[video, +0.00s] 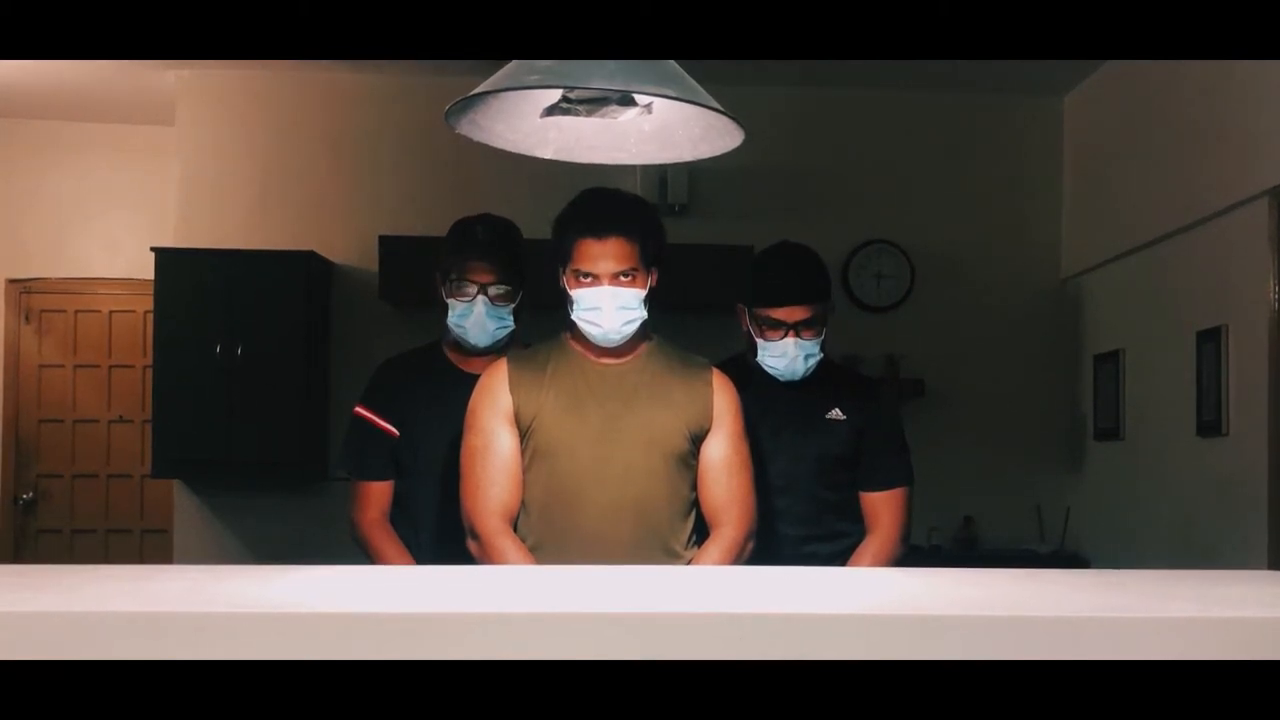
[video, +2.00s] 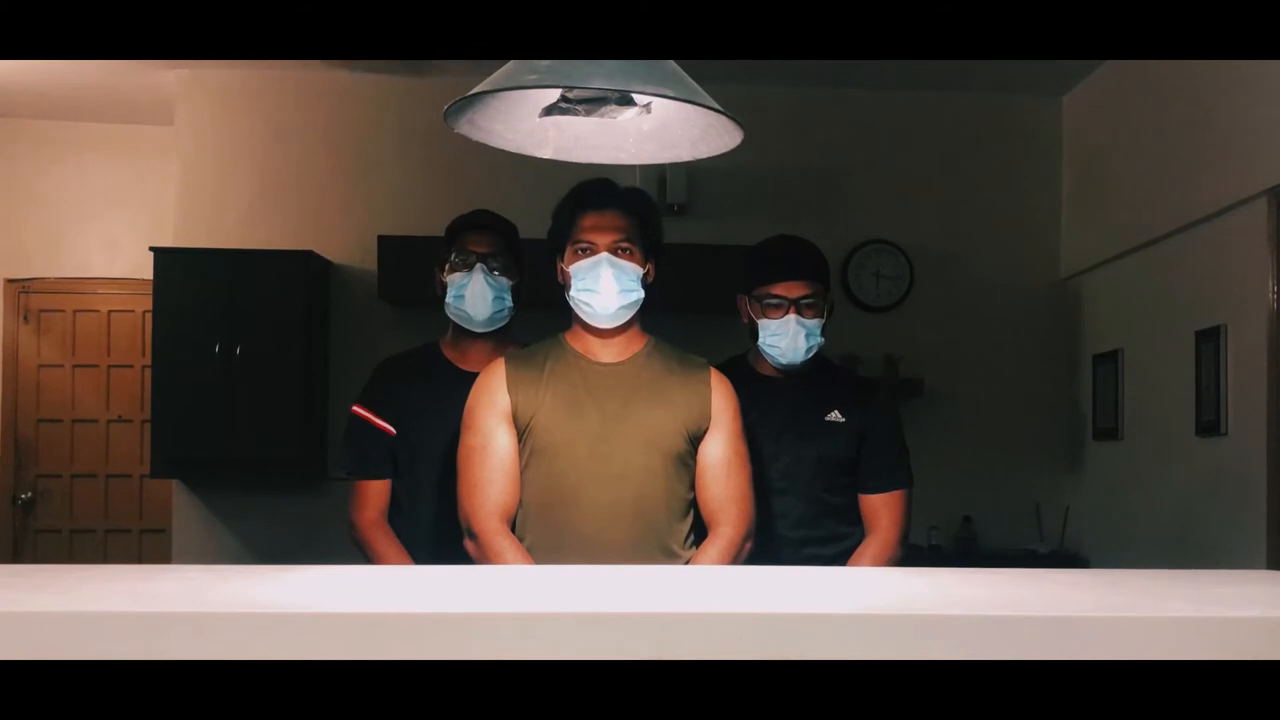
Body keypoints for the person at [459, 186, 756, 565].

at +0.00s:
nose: (606, 295)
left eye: (624, 276)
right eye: (587, 278)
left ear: (649, 279)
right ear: (564, 280)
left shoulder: (707, 390)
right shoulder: (507, 383)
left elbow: (733, 532)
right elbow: (488, 529)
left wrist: (670, 615)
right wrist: (554, 611)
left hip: (667, 615)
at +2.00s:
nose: (603, 266)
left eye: (622, 251)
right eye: (585, 251)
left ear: (647, 270)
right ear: (562, 269)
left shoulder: (706, 389)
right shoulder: (505, 382)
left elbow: (732, 531)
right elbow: (484, 529)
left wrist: (668, 616)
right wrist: (551, 615)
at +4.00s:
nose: (603, 239)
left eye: (621, 231)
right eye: (585, 230)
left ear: (646, 267)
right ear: (562, 261)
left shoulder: (704, 388)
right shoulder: (502, 381)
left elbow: (731, 531)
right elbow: (483, 531)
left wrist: (667, 615)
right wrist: (552, 615)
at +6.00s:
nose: (600, 244)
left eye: (618, 235)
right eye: (582, 235)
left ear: (644, 268)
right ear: (559, 265)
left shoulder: (703, 389)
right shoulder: (501, 384)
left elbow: (729, 531)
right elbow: (484, 532)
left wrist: (667, 616)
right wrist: (551, 617)